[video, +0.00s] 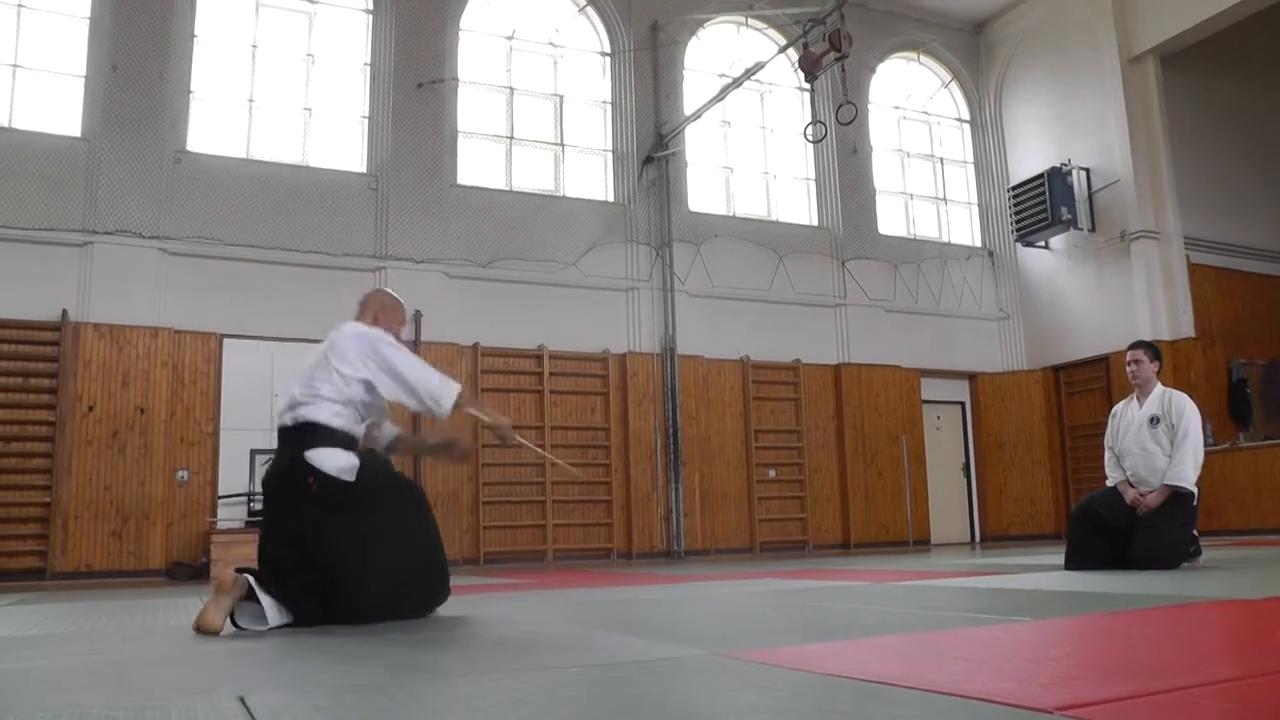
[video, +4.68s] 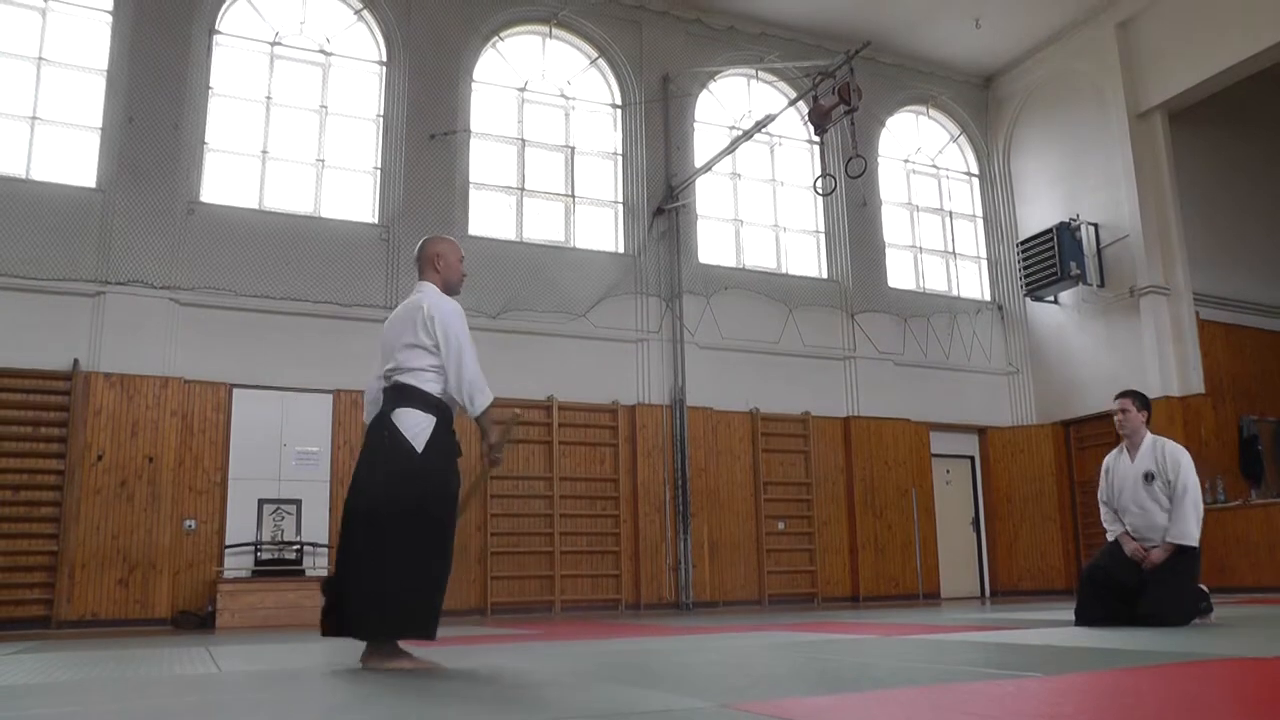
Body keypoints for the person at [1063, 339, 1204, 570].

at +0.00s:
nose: (1131, 368)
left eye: (1138, 362)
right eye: (1128, 364)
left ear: (1155, 366)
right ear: (1125, 369)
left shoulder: (1178, 403)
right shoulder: (1118, 411)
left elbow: (1188, 454)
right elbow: (1110, 456)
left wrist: (1160, 494)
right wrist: (1125, 489)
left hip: (1171, 496)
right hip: (1127, 494)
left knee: (1148, 559)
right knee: (1084, 516)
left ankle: (1188, 542)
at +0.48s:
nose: (1134, 379)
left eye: (1140, 373)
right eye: (1131, 375)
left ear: (1158, 377)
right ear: (1128, 380)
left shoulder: (1181, 415)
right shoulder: (1121, 422)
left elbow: (1191, 467)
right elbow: (1113, 468)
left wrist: (1162, 506)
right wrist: (1127, 501)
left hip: (1174, 509)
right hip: (1130, 506)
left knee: (1147, 569)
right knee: (1086, 526)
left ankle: (1190, 553)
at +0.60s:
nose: (1134, 381)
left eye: (1141, 375)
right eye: (1131, 376)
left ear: (1159, 379)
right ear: (1128, 381)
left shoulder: (1182, 417)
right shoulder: (1121, 424)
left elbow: (1191, 469)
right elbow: (1113, 469)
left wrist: (1162, 507)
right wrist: (1128, 503)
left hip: (1174, 509)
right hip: (1130, 507)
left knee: (1150, 572)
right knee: (1086, 528)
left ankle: (1191, 556)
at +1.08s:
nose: (1135, 386)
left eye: (1142, 380)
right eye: (1132, 381)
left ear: (1160, 385)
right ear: (1129, 386)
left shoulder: (1183, 422)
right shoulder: (1123, 430)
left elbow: (1193, 474)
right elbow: (1114, 475)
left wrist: (1164, 513)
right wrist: (1130, 508)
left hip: (1176, 514)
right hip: (1131, 513)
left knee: (1152, 576)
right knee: (1089, 533)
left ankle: (1193, 561)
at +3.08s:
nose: (1137, 406)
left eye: (1143, 400)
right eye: (1134, 401)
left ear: (1161, 405)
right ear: (1131, 407)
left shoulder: (1183, 441)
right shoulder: (1123, 450)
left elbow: (1195, 492)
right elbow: (1116, 495)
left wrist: (1166, 533)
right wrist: (1132, 528)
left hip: (1179, 534)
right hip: (1134, 533)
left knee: (1157, 598)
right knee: (1094, 553)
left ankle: (1198, 581)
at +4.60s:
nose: (1124, 423)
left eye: (1130, 417)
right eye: (1121, 418)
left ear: (1149, 422)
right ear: (1119, 423)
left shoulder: (1177, 459)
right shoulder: (1115, 468)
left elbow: (1196, 512)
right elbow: (1111, 515)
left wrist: (1167, 553)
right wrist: (1133, 548)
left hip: (1179, 553)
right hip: (1134, 552)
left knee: (1159, 615)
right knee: (1094, 576)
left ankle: (1200, 599)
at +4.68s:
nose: (1118, 418)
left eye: (1124, 411)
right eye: (1115, 413)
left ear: (1143, 416)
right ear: (1112, 418)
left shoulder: (1172, 454)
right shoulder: (1110, 462)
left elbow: (1188, 506)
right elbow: (1106, 508)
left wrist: (1165, 549)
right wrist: (1125, 541)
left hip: (1174, 549)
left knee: (1158, 616)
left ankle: (1199, 599)